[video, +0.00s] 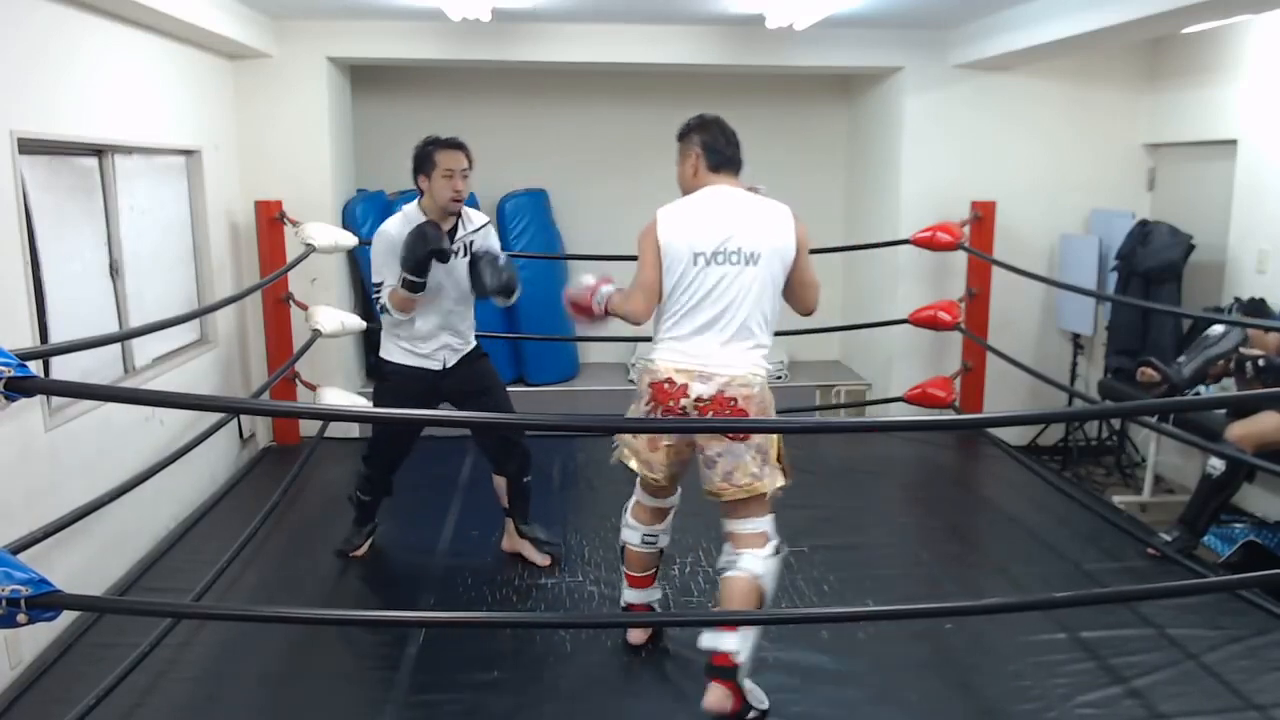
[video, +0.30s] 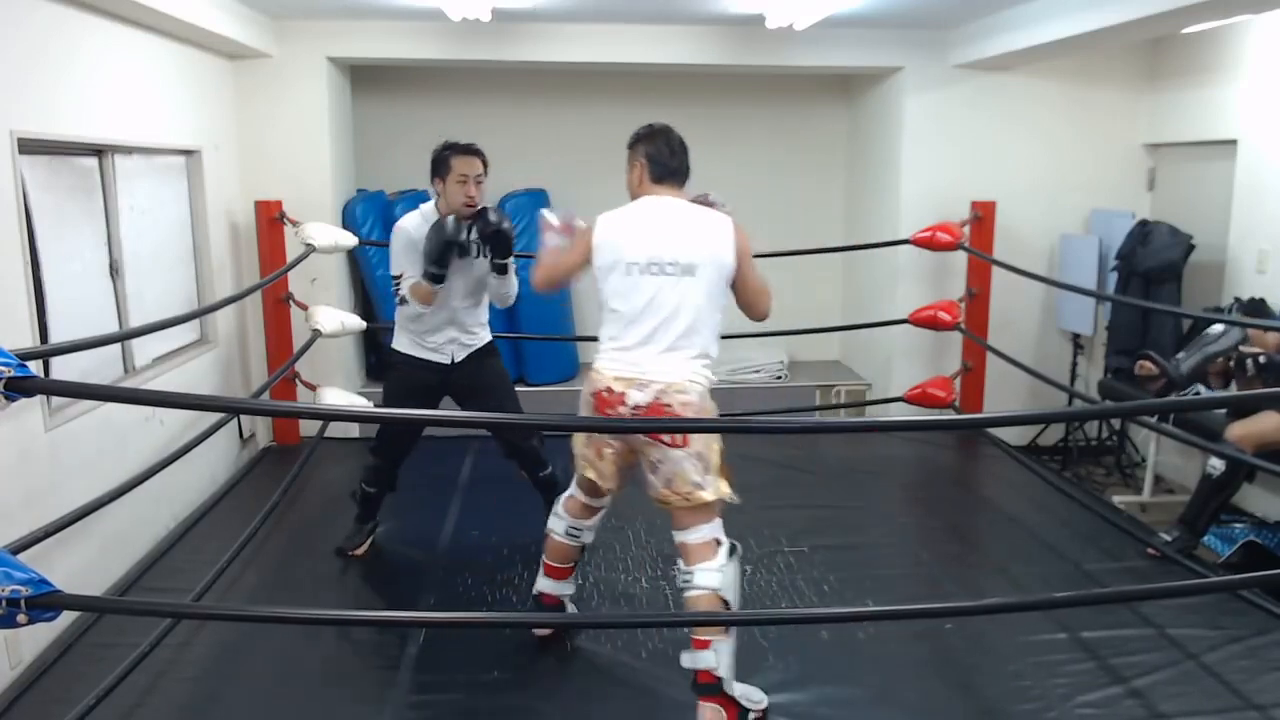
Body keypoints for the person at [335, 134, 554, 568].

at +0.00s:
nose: (460, 185)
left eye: (465, 175)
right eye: (449, 176)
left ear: (470, 179)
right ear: (423, 180)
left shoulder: (477, 223)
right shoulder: (392, 232)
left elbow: (504, 284)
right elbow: (396, 308)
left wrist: (500, 283)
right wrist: (414, 273)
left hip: (463, 355)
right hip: (405, 361)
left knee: (509, 441)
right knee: (384, 454)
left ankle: (516, 533)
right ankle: (362, 528)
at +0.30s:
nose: (473, 191)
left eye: (479, 181)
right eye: (463, 181)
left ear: (485, 185)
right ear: (438, 184)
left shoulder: (491, 227)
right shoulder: (410, 229)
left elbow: (504, 298)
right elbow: (418, 301)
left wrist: (501, 258)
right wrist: (435, 263)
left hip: (475, 351)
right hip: (417, 354)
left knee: (518, 436)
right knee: (391, 445)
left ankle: (563, 511)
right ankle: (364, 524)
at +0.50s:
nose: (486, 175)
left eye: (494, 164)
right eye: (476, 164)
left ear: (503, 168)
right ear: (456, 167)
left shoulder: (512, 215)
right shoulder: (434, 212)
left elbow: (533, 288)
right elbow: (461, 251)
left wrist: (519, 245)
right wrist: (518, 232)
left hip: (503, 349)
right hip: (445, 347)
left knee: (540, 428)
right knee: (409, 428)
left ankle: (555, 508)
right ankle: (413, 490)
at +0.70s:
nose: (474, 180)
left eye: (481, 170)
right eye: (464, 171)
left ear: (491, 172)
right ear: (447, 175)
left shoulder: (512, 220)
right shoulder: (425, 225)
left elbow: (537, 277)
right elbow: (409, 294)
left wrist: (508, 246)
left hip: (509, 352)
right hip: (452, 357)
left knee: (546, 435)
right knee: (438, 453)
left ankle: (568, 522)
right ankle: (469, 507)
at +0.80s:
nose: (455, 185)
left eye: (462, 175)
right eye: (445, 177)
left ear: (475, 177)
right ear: (432, 185)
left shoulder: (508, 223)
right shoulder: (424, 236)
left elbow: (523, 284)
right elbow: (415, 306)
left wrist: (480, 260)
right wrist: (433, 291)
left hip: (510, 347)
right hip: (459, 353)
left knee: (537, 427)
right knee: (438, 450)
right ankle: (469, 507)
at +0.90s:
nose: (439, 176)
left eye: (448, 167)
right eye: (430, 168)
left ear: (464, 171)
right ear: (421, 177)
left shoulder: (492, 213)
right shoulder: (422, 237)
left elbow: (522, 271)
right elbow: (437, 305)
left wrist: (471, 250)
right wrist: (448, 286)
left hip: (513, 338)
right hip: (467, 344)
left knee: (518, 430)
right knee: (446, 436)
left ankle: (522, 521)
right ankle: (467, 504)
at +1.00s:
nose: (442, 170)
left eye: (450, 159)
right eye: (432, 162)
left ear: (466, 162)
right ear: (423, 170)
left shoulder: (501, 206)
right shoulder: (422, 231)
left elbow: (524, 264)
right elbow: (434, 297)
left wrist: (478, 257)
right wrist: (442, 291)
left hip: (518, 338)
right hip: (470, 342)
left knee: (527, 427)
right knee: (451, 431)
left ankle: (546, 518)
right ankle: (467, 503)